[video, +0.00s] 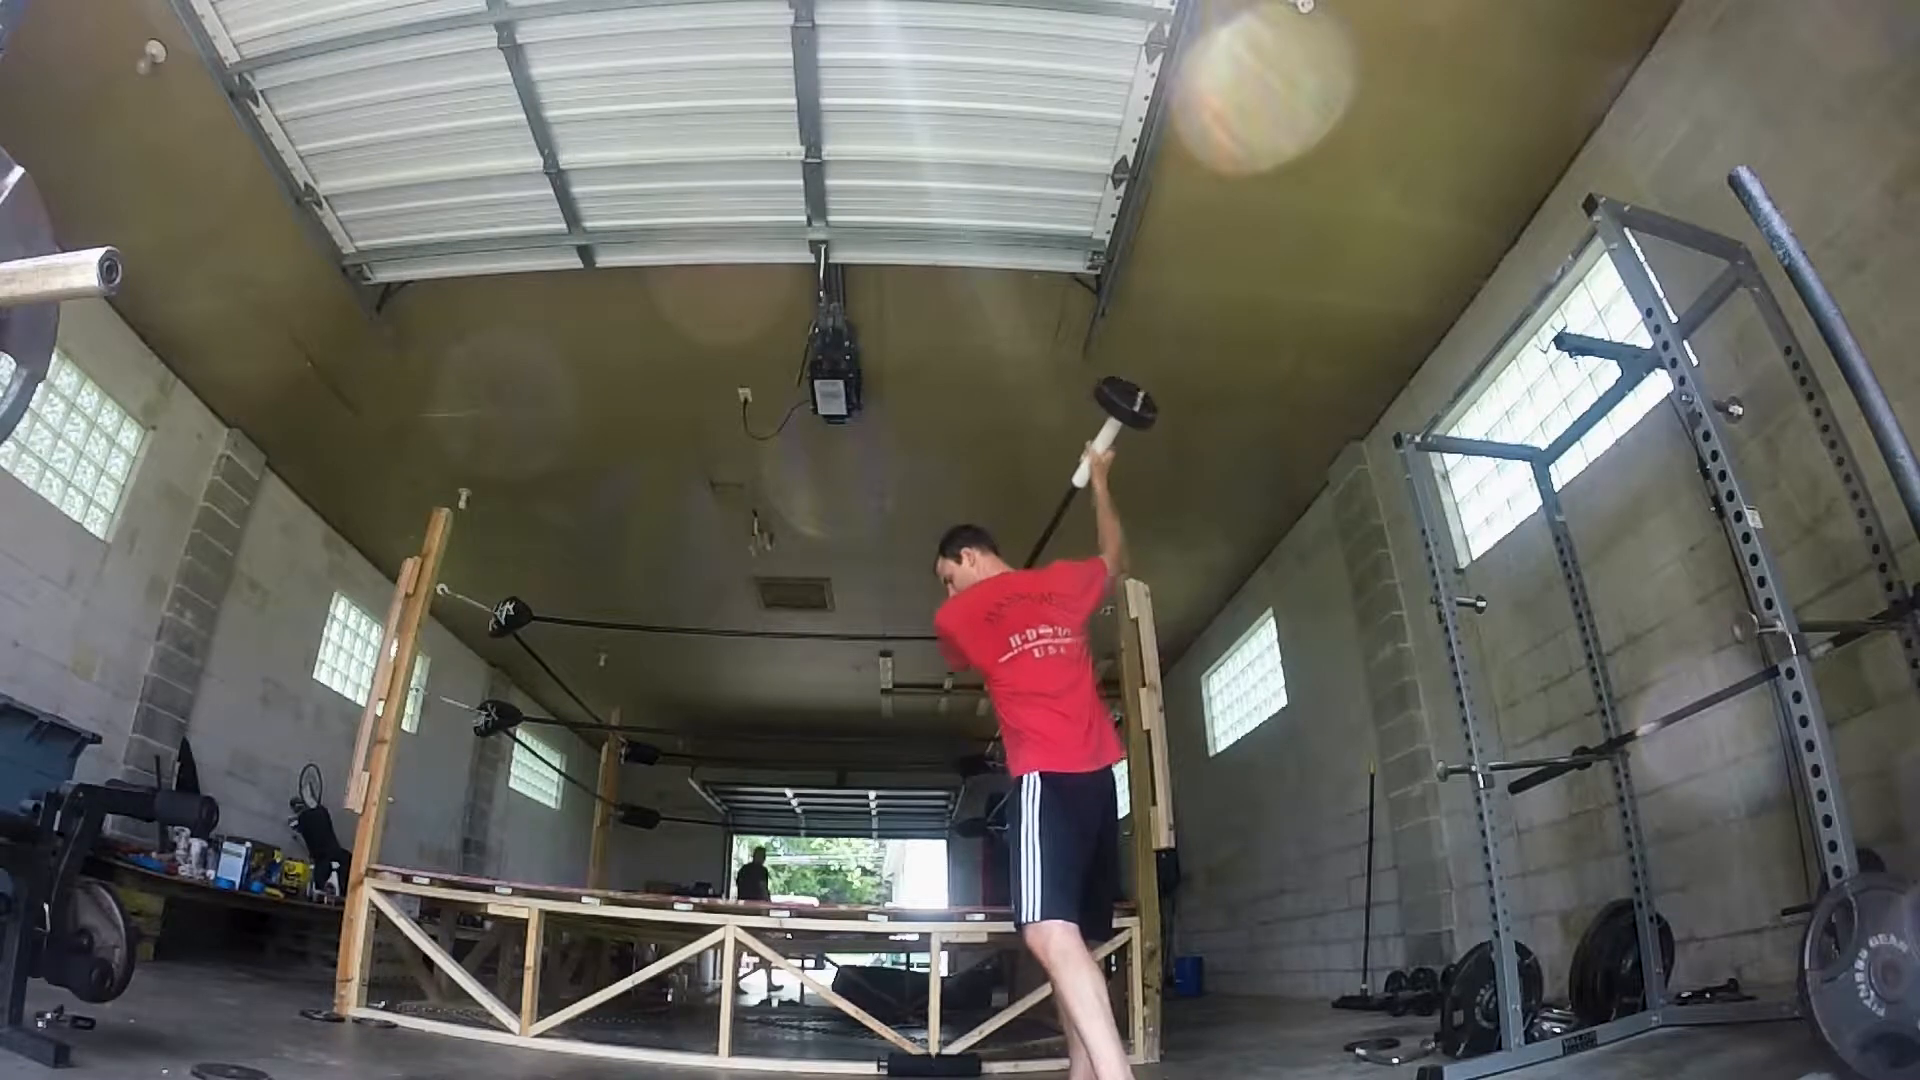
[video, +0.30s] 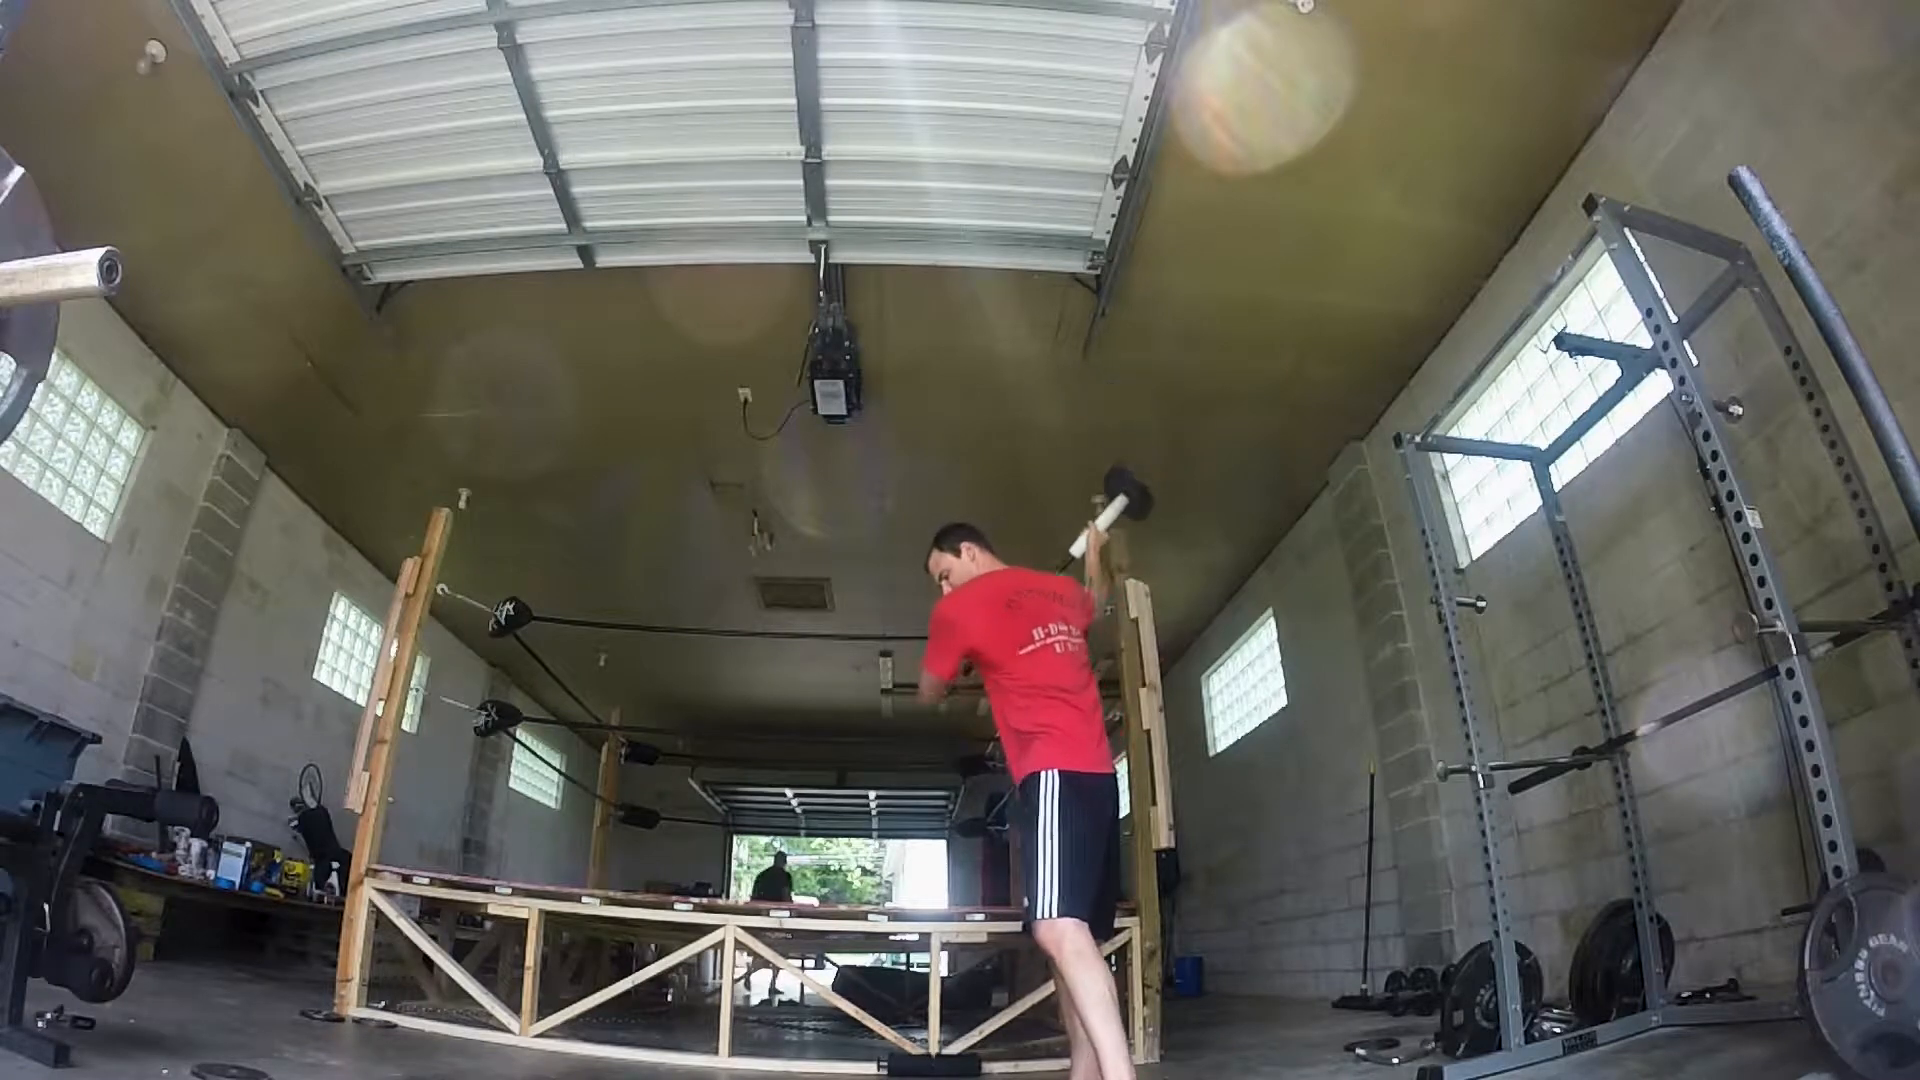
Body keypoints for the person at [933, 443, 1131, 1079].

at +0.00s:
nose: (951, 591)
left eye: (948, 578)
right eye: (947, 582)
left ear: (965, 559)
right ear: (995, 553)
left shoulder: (960, 614)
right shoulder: (1066, 581)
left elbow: (969, 665)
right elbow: (1112, 556)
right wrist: (1100, 481)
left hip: (1049, 778)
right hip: (1100, 773)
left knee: (1050, 934)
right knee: (1072, 936)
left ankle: (1117, 1075)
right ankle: (1083, 1072)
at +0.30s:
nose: (945, 588)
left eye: (943, 576)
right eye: (939, 580)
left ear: (967, 552)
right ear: (982, 549)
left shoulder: (963, 604)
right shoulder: (1061, 585)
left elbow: (930, 691)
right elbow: (1092, 606)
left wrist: (951, 623)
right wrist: (1093, 550)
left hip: (1051, 772)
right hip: (1096, 771)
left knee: (1057, 927)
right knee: (1072, 932)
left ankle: (1119, 1073)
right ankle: (1085, 1072)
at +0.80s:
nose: (956, 586)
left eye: (956, 570)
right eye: (947, 581)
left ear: (984, 548)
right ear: (959, 578)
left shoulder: (1040, 576)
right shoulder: (1016, 638)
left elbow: (1075, 668)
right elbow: (1036, 734)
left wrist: (1019, 758)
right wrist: (1005, 800)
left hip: (1118, 768)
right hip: (1081, 784)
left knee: (1092, 927)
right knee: (1066, 935)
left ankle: (1131, 1074)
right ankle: (1087, 1072)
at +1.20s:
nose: (967, 570)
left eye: (966, 552)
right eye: (956, 565)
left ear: (993, 528)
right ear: (958, 568)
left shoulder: (1093, 552)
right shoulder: (988, 634)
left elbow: (1175, 579)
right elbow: (992, 715)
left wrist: (1174, 609)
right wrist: (965, 789)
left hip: (1134, 754)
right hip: (1071, 776)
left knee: (1110, 920)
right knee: (1060, 941)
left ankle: (1140, 1076)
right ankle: (1085, 1073)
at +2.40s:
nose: (952, 602)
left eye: (948, 587)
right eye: (945, 592)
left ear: (973, 561)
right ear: (983, 559)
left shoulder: (997, 597)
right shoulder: (1062, 593)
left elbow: (973, 714)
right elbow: (1081, 693)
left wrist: (950, 795)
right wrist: (1044, 762)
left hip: (1076, 778)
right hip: (1113, 777)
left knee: (1048, 940)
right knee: (1080, 945)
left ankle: (1122, 1074)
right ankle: (1086, 1073)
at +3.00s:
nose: (944, 597)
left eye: (940, 586)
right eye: (941, 588)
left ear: (952, 571)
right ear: (985, 560)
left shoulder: (953, 623)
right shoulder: (1063, 574)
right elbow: (1141, 576)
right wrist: (1124, 496)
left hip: (1031, 791)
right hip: (1094, 790)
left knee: (1050, 941)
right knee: (1077, 945)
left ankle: (1119, 1075)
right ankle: (1081, 1073)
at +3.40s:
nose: (950, 605)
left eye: (944, 596)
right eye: (945, 599)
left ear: (958, 577)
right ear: (985, 566)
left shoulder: (955, 630)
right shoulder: (1063, 580)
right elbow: (1142, 567)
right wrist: (1117, 490)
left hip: (1036, 791)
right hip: (1101, 788)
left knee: (1054, 944)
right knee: (1079, 947)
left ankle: (1121, 1076)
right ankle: (1081, 1074)